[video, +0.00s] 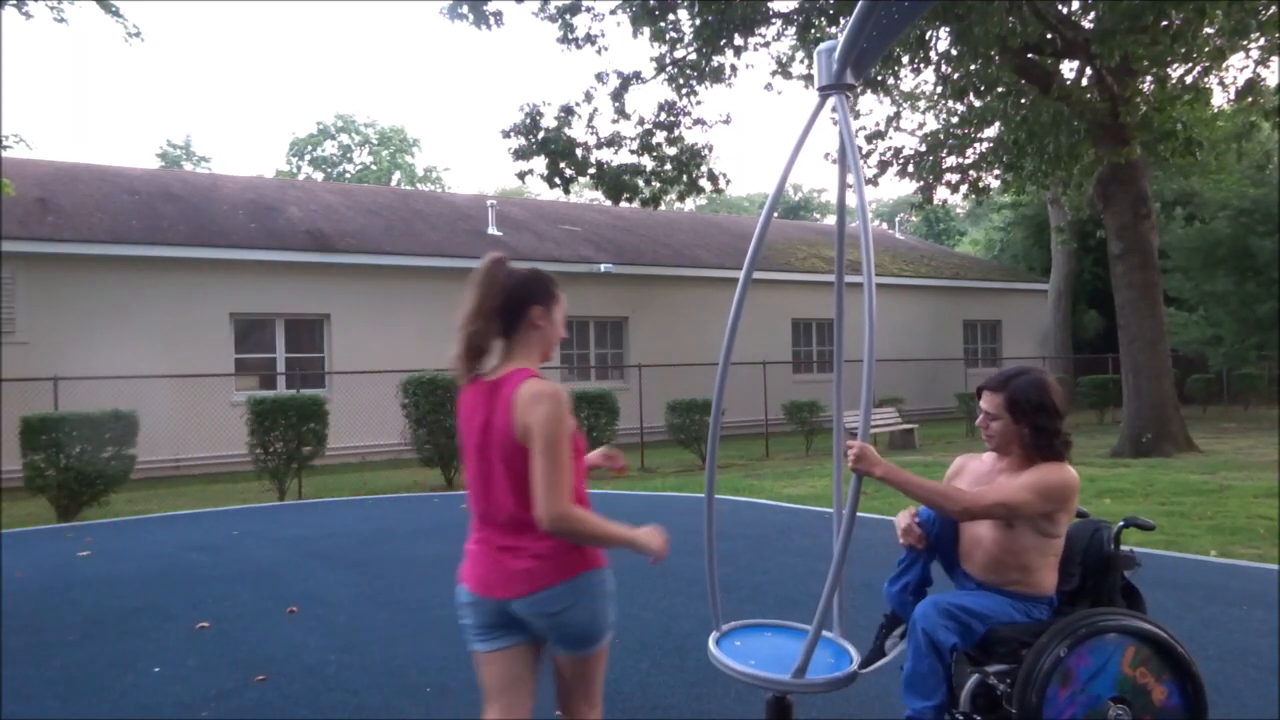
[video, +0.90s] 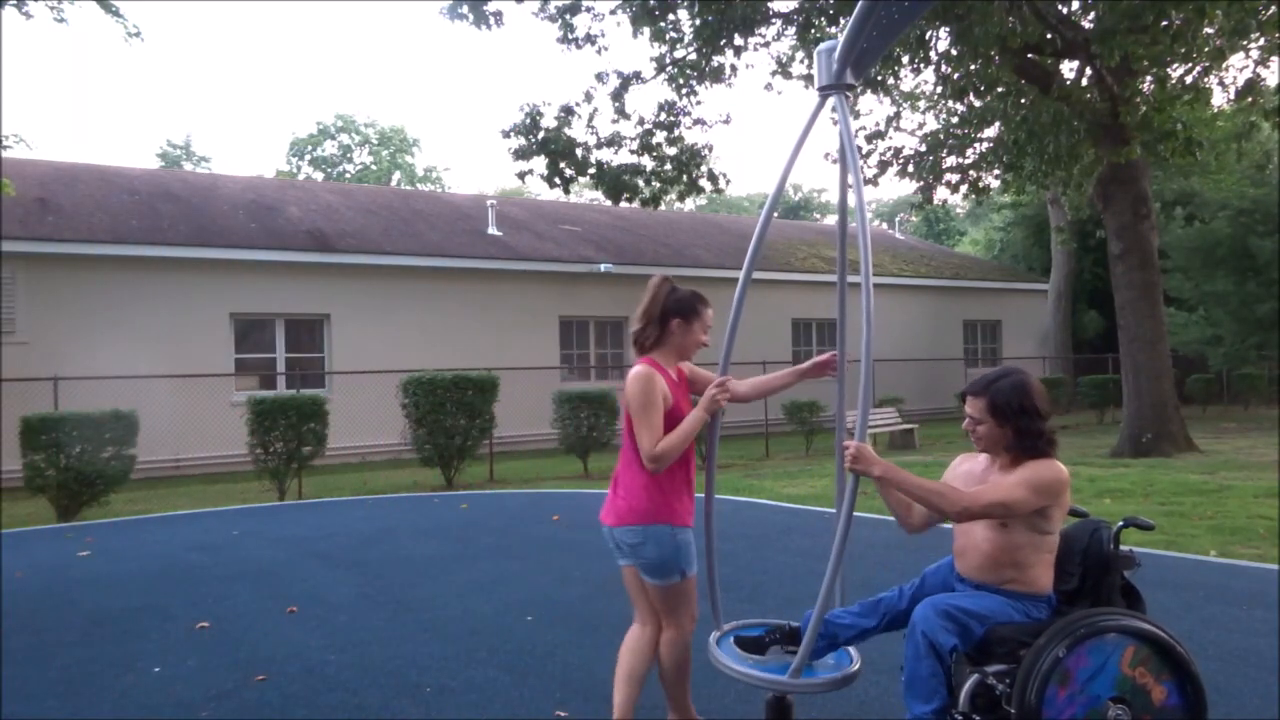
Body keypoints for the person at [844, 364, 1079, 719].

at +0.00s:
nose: (979, 423)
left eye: (992, 417)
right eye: (980, 413)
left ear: (1025, 423)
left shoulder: (1058, 479)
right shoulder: (966, 465)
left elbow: (965, 506)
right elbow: (941, 512)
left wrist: (881, 468)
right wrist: (905, 517)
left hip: (1022, 604)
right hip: (968, 582)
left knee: (932, 613)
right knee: (931, 515)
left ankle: (925, 712)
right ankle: (899, 616)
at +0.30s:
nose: (979, 426)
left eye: (990, 420)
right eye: (978, 417)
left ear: (1024, 424)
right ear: (976, 413)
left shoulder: (1057, 477)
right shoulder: (968, 463)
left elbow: (966, 503)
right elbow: (931, 500)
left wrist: (882, 467)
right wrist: (904, 506)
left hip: (1019, 602)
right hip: (969, 578)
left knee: (932, 615)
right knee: (929, 507)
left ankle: (926, 713)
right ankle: (873, 593)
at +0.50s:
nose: (977, 428)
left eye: (988, 422)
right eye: (978, 418)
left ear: (1023, 425)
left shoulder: (1056, 480)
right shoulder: (968, 463)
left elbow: (966, 507)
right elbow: (935, 505)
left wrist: (883, 468)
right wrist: (902, 510)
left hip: (1016, 601)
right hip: (963, 572)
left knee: (931, 614)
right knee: (913, 526)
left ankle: (922, 712)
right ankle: (829, 587)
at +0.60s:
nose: (977, 428)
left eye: (988, 422)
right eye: (977, 419)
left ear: (1022, 426)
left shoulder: (1056, 480)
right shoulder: (967, 464)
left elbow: (964, 507)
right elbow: (932, 515)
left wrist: (883, 469)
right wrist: (891, 528)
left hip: (1015, 599)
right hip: (960, 571)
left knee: (930, 618)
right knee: (897, 547)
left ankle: (924, 713)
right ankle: (818, 613)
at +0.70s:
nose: (975, 427)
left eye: (986, 421)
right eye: (976, 418)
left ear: (1021, 426)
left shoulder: (1054, 478)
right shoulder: (966, 466)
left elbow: (963, 506)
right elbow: (932, 521)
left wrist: (881, 468)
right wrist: (888, 537)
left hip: (1014, 599)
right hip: (958, 574)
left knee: (930, 617)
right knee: (887, 587)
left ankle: (926, 712)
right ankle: (806, 636)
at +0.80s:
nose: (970, 427)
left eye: (981, 421)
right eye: (971, 418)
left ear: (1016, 426)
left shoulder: (1051, 477)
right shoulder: (966, 466)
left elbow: (967, 505)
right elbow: (936, 528)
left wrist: (881, 469)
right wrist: (904, 517)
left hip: (1016, 599)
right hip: (959, 580)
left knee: (929, 617)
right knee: (894, 603)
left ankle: (925, 712)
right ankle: (805, 634)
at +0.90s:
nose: (966, 428)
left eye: (976, 422)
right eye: (966, 418)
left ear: (1012, 424)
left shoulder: (1048, 475)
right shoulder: (967, 464)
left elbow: (961, 507)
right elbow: (914, 519)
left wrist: (880, 468)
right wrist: (879, 474)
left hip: (1016, 599)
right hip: (957, 578)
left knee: (929, 618)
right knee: (891, 604)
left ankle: (927, 712)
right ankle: (801, 638)